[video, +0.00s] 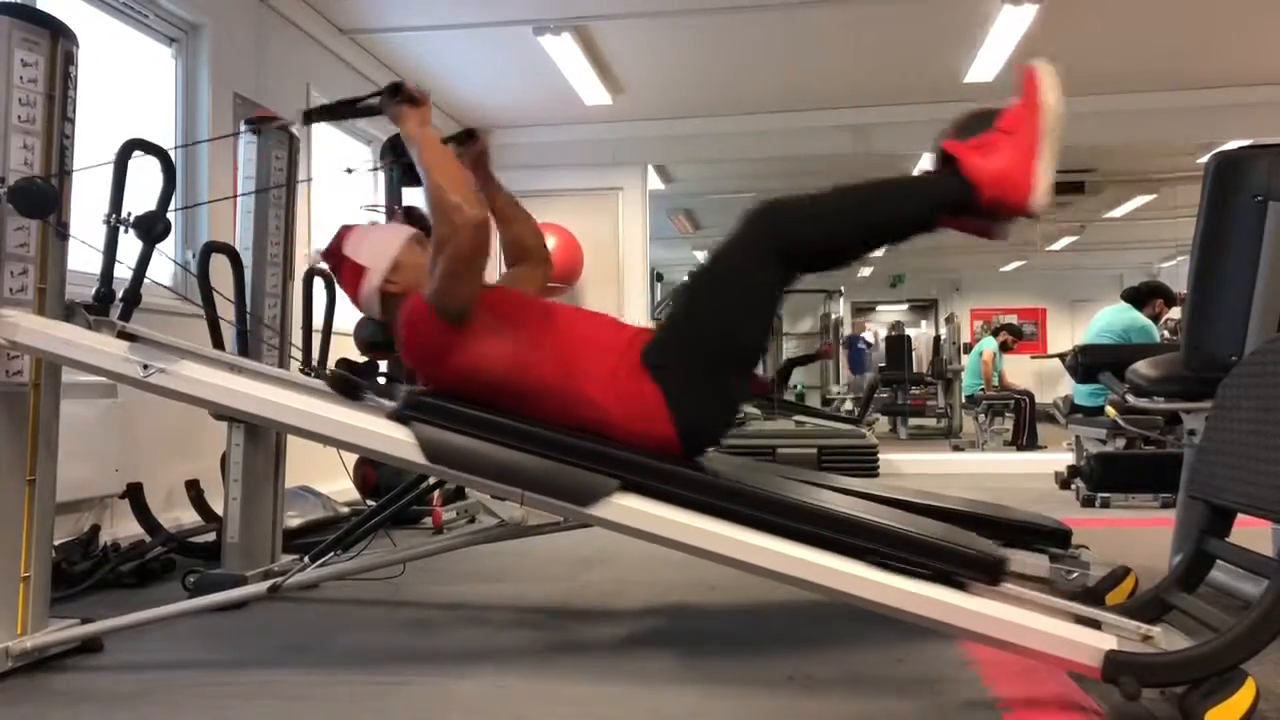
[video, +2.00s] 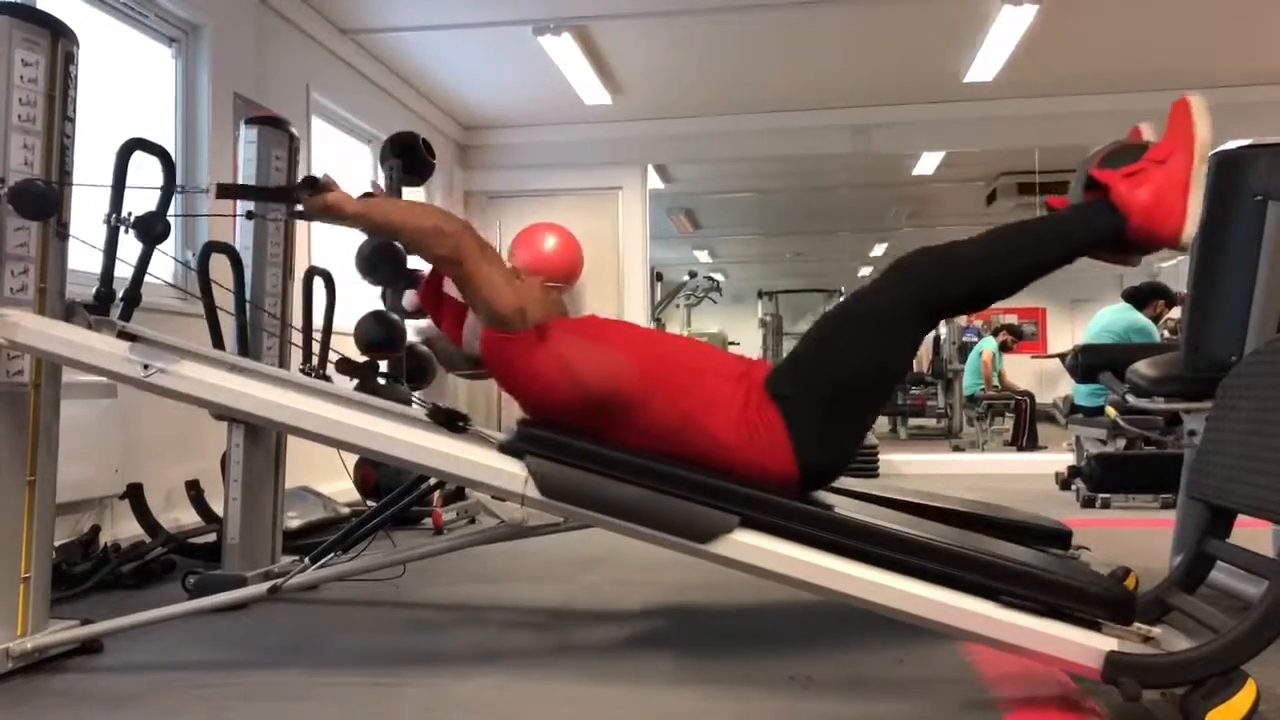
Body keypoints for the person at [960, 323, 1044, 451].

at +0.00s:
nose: (1013, 347)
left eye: (1016, 344)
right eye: (1013, 342)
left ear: (1003, 336)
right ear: (1003, 334)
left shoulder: (997, 351)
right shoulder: (990, 342)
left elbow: (1003, 383)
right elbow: (986, 361)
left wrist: (1020, 389)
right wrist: (988, 390)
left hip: (983, 392)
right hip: (975, 393)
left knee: (1026, 397)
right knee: (1025, 398)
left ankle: (1020, 441)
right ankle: (1025, 444)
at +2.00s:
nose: (1013, 347)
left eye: (1015, 344)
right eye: (1013, 342)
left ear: (1003, 335)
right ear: (1003, 334)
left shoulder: (997, 352)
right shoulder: (990, 342)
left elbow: (1003, 382)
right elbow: (986, 361)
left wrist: (1019, 390)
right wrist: (989, 390)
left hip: (985, 392)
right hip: (976, 393)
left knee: (1027, 397)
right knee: (1024, 399)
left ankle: (1028, 443)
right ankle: (1024, 444)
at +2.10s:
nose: (1013, 347)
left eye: (1016, 344)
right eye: (1013, 342)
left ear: (1003, 335)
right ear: (1003, 334)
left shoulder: (997, 352)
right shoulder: (990, 342)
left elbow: (1004, 382)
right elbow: (986, 361)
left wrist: (1020, 391)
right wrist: (989, 390)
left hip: (985, 392)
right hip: (976, 393)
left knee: (1027, 397)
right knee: (1025, 399)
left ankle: (1026, 443)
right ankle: (1025, 444)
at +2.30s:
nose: (1014, 345)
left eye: (1016, 341)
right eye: (1013, 339)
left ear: (1002, 334)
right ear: (1003, 333)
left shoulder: (997, 351)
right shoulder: (990, 342)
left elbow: (1004, 381)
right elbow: (986, 360)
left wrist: (1020, 390)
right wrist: (989, 389)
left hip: (986, 392)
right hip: (977, 393)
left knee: (1027, 398)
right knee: (1025, 400)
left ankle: (1027, 442)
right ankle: (1024, 444)